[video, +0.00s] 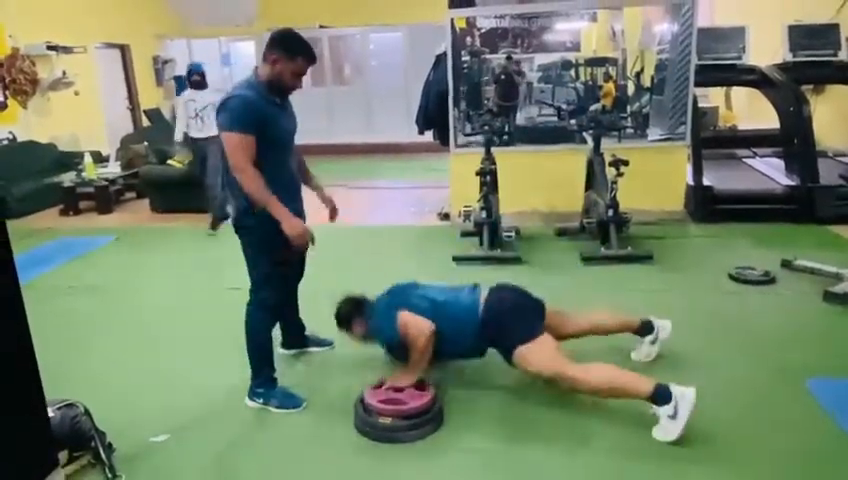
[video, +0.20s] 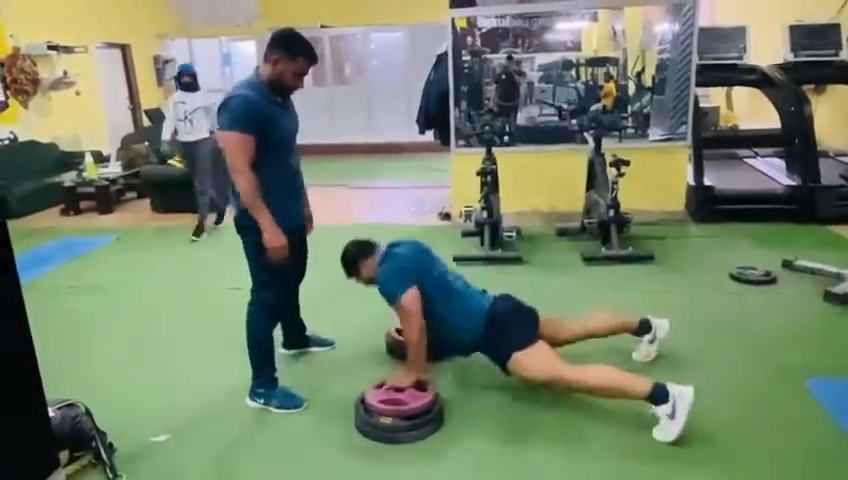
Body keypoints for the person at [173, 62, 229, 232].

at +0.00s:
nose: (197, 79)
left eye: (200, 76)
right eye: (193, 77)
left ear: (205, 76)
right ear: (188, 79)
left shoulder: (216, 95)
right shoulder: (183, 98)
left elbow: (228, 116)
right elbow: (181, 121)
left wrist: (229, 136)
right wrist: (178, 141)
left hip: (213, 140)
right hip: (195, 141)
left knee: (212, 179)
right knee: (202, 177)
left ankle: (216, 214)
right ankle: (223, 205)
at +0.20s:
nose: (187, 80)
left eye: (190, 76)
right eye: (183, 77)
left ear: (195, 78)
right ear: (178, 79)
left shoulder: (203, 97)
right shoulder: (175, 99)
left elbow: (213, 119)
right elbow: (170, 120)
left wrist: (217, 134)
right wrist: (165, 140)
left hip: (203, 140)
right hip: (184, 142)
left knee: (201, 182)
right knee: (200, 179)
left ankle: (201, 222)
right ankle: (220, 205)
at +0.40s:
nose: (172, 78)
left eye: (176, 74)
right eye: (169, 75)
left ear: (182, 75)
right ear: (166, 77)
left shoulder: (192, 94)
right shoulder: (164, 96)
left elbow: (202, 120)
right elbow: (160, 120)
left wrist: (204, 145)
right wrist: (157, 141)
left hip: (190, 141)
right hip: (172, 143)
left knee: (194, 183)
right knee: (178, 185)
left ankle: (198, 226)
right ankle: (200, 205)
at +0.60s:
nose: (154, 78)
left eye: (157, 74)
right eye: (151, 74)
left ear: (165, 74)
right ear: (149, 76)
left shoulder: (177, 94)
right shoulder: (151, 98)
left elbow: (184, 120)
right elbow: (151, 124)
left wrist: (180, 140)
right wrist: (149, 144)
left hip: (176, 144)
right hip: (157, 145)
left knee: (189, 185)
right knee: (158, 189)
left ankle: (200, 222)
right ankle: (156, 232)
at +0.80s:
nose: (131, 81)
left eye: (134, 77)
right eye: (129, 78)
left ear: (143, 77)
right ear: (127, 80)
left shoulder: (153, 97)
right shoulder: (134, 99)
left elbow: (165, 124)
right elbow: (136, 125)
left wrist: (158, 143)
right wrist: (132, 142)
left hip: (156, 148)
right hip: (140, 148)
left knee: (169, 191)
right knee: (143, 194)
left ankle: (193, 218)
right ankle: (147, 235)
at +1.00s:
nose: (111, 80)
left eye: (115, 76)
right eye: (108, 77)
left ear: (123, 76)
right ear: (105, 79)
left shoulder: (137, 97)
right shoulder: (109, 100)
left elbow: (151, 124)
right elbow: (110, 127)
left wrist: (150, 150)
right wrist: (110, 150)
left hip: (138, 150)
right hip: (120, 152)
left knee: (136, 201)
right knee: (134, 200)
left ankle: (158, 227)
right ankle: (147, 237)